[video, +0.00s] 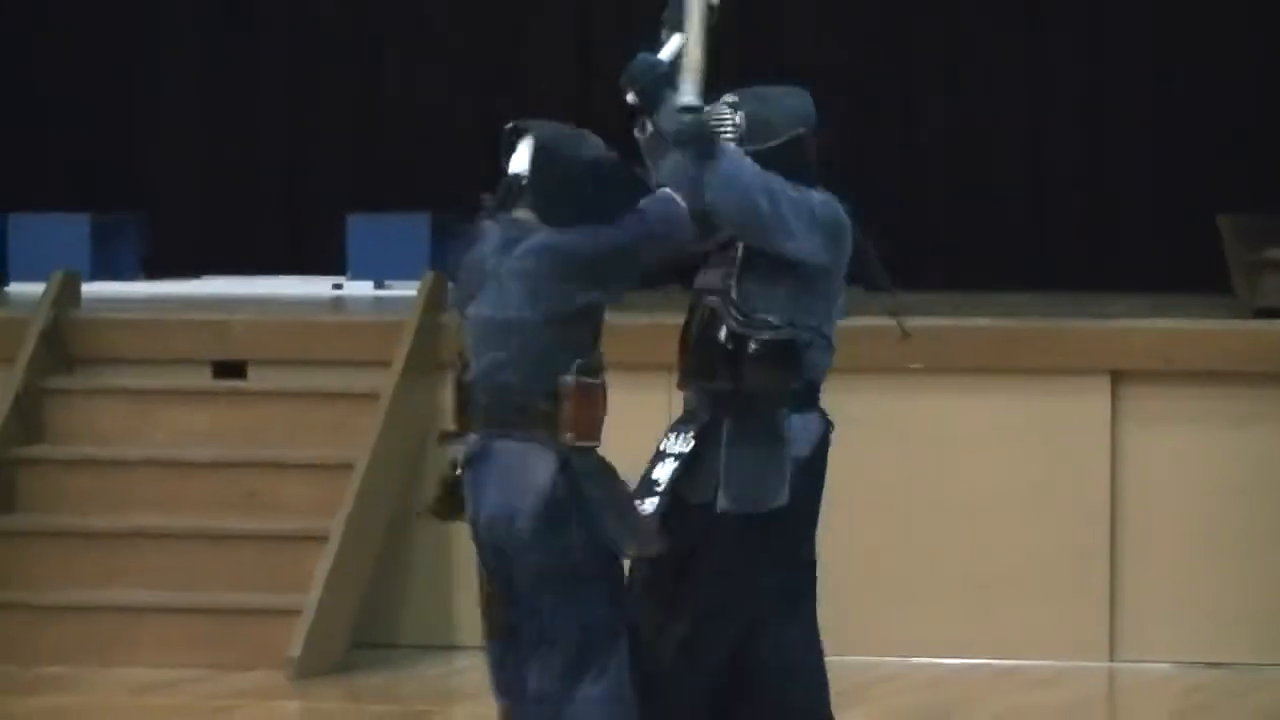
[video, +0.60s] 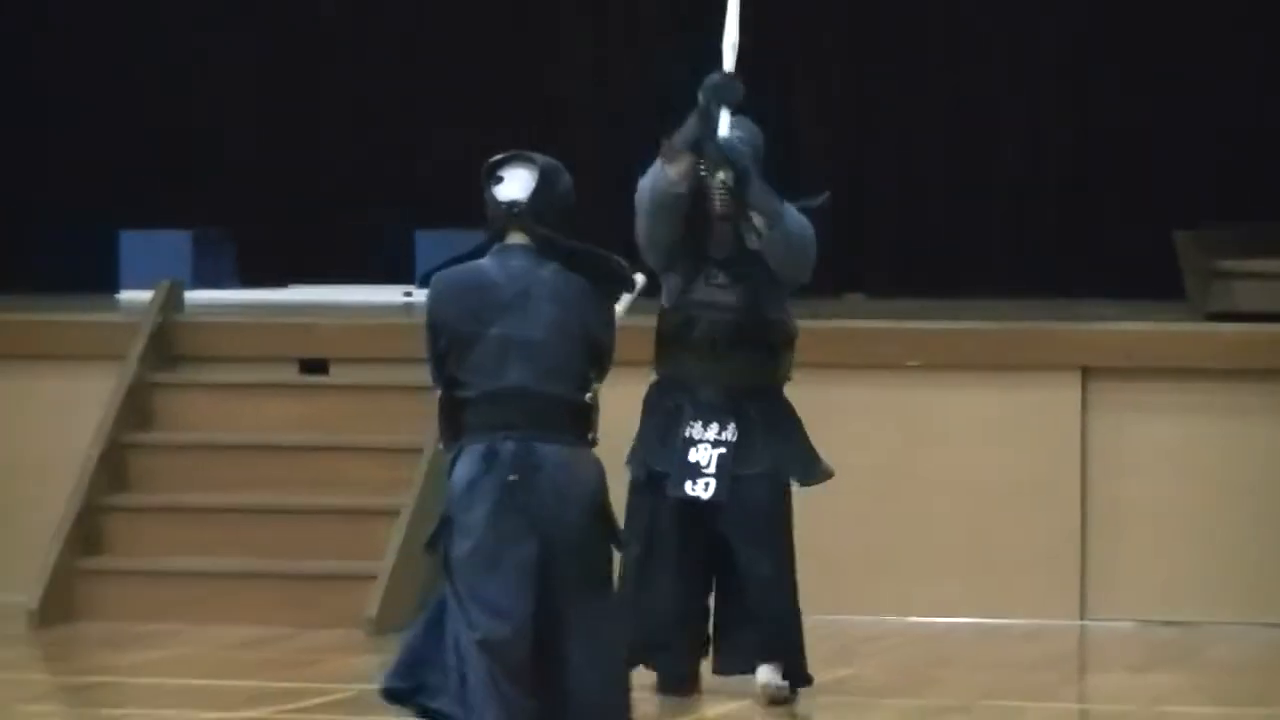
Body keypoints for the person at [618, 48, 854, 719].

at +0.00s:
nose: (718, 165)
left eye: (727, 150)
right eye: (715, 152)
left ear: (771, 150)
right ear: (769, 150)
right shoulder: (731, 217)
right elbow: (669, 192)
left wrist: (672, 114)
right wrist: (659, 132)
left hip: (774, 432)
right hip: (710, 426)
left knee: (763, 603)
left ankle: (776, 708)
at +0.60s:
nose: (718, 196)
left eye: (729, 183)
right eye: (709, 185)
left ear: (750, 183)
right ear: (690, 189)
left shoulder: (780, 239)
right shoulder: (672, 250)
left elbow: (799, 259)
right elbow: (657, 193)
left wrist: (751, 181)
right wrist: (692, 133)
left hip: (754, 401)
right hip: (679, 401)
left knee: (760, 535)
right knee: (670, 535)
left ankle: (773, 664)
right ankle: (674, 669)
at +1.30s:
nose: (806, 191)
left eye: (816, 181)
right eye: (798, 180)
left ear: (832, 187)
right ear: (785, 185)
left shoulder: (863, 248)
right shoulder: (754, 244)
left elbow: (874, 310)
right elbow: (734, 302)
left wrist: (820, 343)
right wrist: (772, 334)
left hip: (838, 381)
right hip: (776, 383)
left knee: (841, 487)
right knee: (780, 487)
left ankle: (830, 594)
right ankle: (777, 598)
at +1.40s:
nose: (795, 197)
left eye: (804, 187)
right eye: (788, 187)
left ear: (822, 193)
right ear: (776, 192)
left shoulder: (852, 250)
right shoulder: (748, 247)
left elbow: (861, 313)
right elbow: (729, 305)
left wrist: (808, 346)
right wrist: (764, 343)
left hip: (829, 381)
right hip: (769, 383)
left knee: (837, 484)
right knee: (775, 486)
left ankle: (831, 586)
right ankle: (776, 594)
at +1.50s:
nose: (787, 200)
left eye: (796, 190)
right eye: (780, 190)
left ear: (813, 195)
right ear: (768, 194)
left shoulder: (840, 249)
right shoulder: (743, 247)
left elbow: (850, 307)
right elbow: (724, 302)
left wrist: (795, 343)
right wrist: (757, 339)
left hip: (818, 379)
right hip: (761, 379)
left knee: (822, 479)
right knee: (767, 480)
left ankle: (820, 580)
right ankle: (769, 588)